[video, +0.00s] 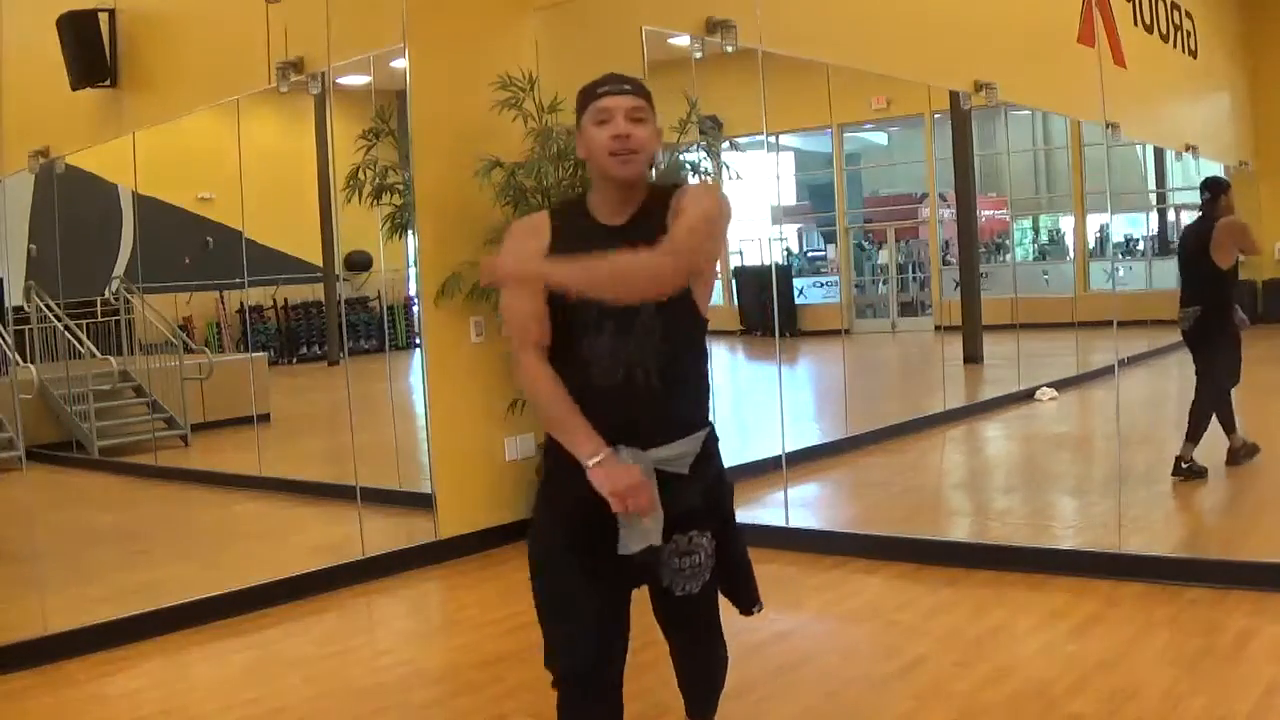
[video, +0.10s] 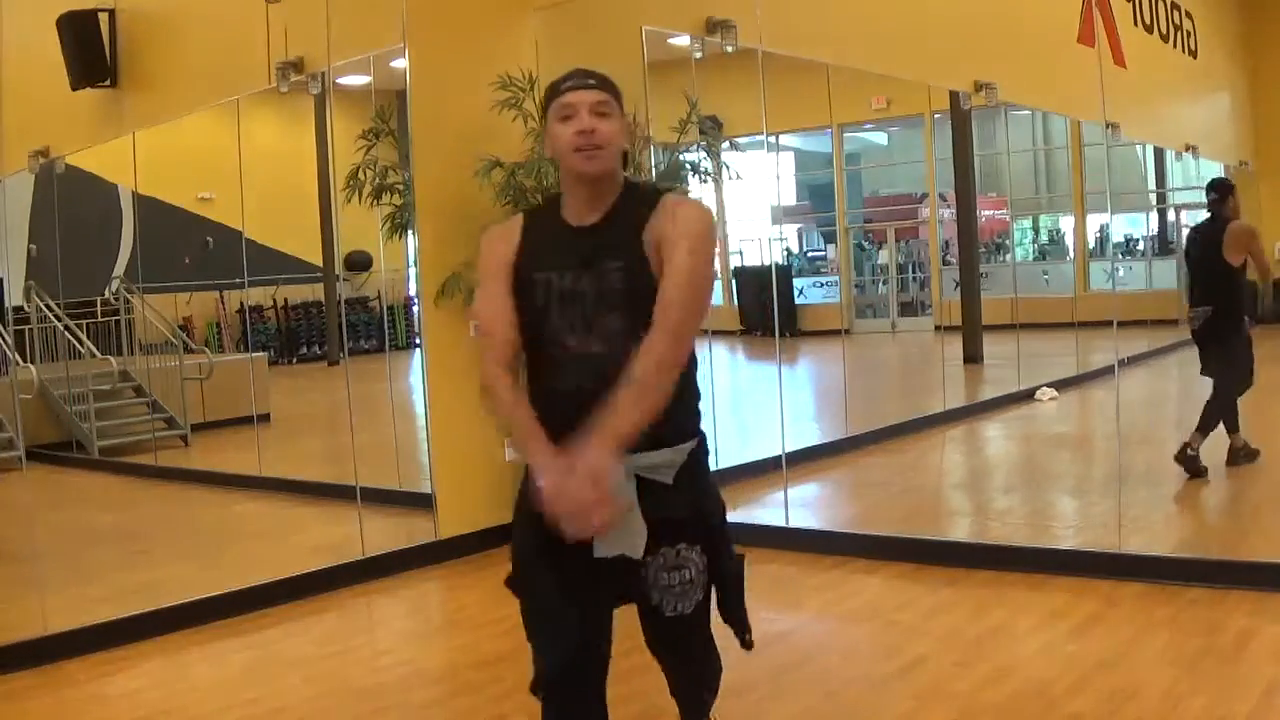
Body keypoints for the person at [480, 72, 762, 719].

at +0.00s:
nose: (623, 131)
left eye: (638, 118)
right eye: (604, 120)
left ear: (657, 138)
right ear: (580, 142)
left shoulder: (697, 203)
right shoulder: (533, 234)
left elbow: (666, 273)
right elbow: (528, 357)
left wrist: (535, 270)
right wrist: (599, 457)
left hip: (682, 466)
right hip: (576, 472)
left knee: (697, 639)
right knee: (585, 677)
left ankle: (701, 712)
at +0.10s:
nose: (587, 126)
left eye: (601, 113)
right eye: (568, 116)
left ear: (626, 132)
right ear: (547, 140)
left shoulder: (679, 220)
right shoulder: (508, 240)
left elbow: (665, 354)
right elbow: (498, 369)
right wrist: (550, 467)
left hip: (660, 473)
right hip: (554, 477)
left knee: (683, 646)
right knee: (565, 680)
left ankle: (696, 711)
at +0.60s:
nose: (517, 188)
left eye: (537, 168)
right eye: (495, 172)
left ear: (572, 185)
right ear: (470, 198)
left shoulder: (649, 293)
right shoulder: (447, 305)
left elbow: (715, 412)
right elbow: (450, 437)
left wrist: (686, 511)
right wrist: (483, 536)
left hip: (639, 546)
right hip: (522, 545)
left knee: (648, 707)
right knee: (531, 707)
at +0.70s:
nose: (520, 199)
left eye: (541, 178)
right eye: (496, 183)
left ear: (578, 194)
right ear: (472, 206)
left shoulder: (655, 305)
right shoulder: (444, 315)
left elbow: (721, 438)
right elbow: (451, 450)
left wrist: (705, 545)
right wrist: (491, 544)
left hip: (639, 568)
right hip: (518, 565)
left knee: (640, 706)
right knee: (513, 705)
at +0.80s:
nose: (527, 206)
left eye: (550, 183)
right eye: (502, 188)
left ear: (587, 198)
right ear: (476, 209)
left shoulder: (669, 310)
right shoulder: (442, 325)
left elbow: (731, 459)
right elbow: (450, 470)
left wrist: (729, 578)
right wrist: (481, 572)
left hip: (652, 581)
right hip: (525, 579)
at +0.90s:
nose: (536, 205)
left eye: (560, 181)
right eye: (509, 185)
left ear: (598, 197)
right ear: (482, 208)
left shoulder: (689, 312)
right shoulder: (443, 330)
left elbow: (739, 479)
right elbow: (450, 475)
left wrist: (748, 623)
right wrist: (482, 585)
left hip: (665, 575)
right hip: (533, 577)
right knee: (533, 706)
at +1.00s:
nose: (549, 204)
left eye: (574, 178)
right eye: (520, 185)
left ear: (614, 192)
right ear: (491, 208)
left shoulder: (705, 306)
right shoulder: (449, 328)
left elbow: (744, 484)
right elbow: (455, 476)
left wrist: (751, 638)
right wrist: (487, 587)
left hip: (678, 581)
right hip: (541, 584)